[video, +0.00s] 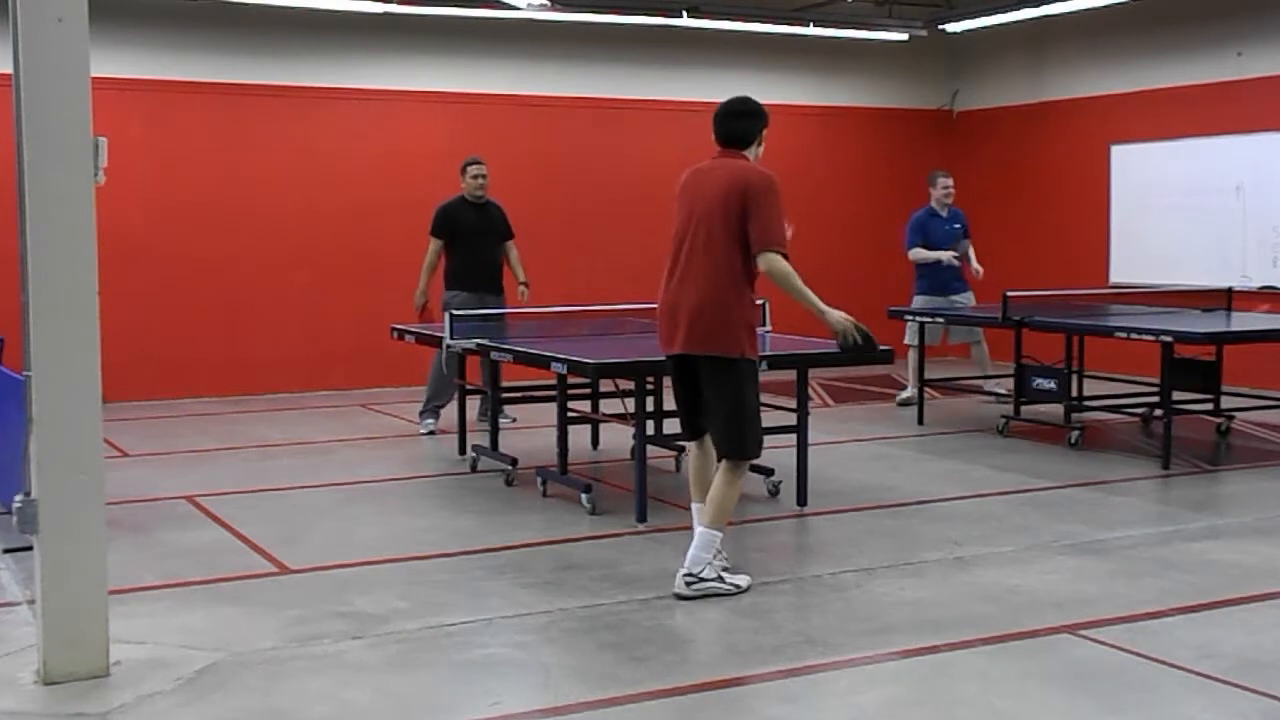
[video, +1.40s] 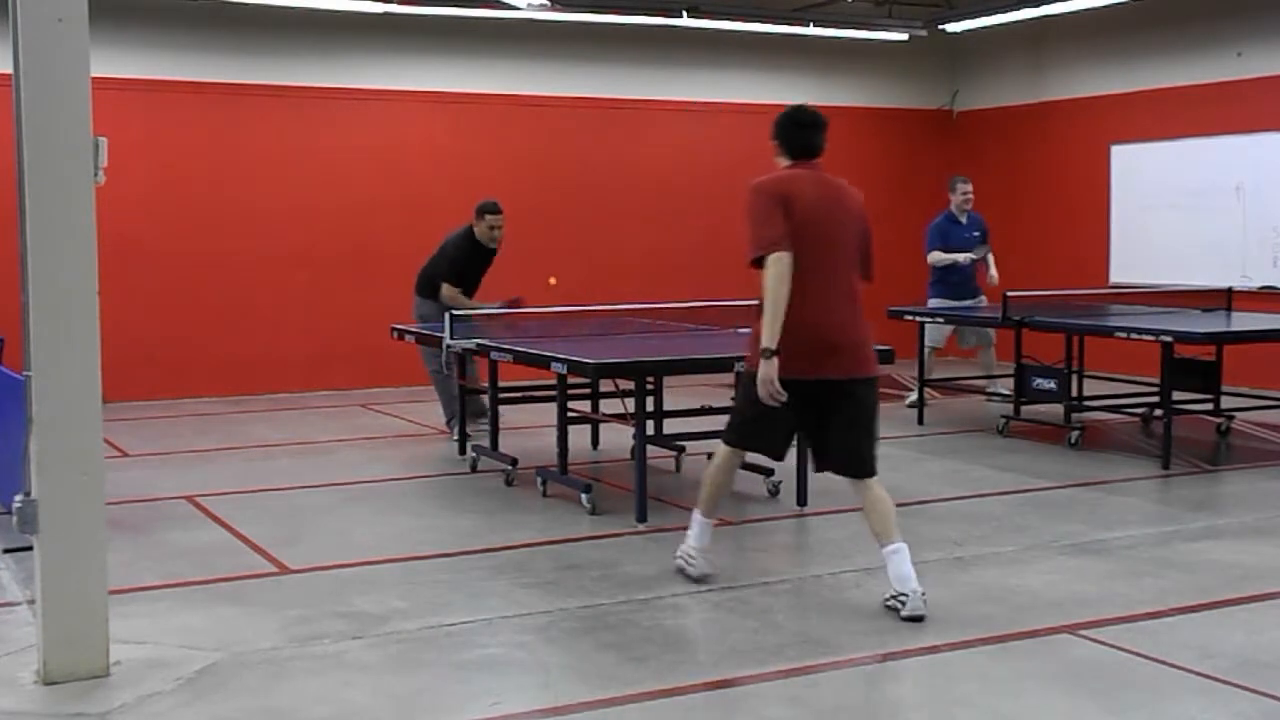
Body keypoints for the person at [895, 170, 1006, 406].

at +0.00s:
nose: (950, 192)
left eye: (952, 188)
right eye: (945, 188)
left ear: (954, 190)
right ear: (932, 191)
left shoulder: (959, 217)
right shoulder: (919, 220)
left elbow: (966, 243)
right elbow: (913, 253)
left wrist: (973, 261)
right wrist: (941, 255)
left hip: (958, 289)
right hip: (927, 292)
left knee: (976, 336)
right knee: (915, 342)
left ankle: (989, 381)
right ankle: (913, 387)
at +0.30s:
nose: (980, 195)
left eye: (981, 191)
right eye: (974, 191)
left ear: (983, 193)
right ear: (961, 194)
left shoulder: (986, 221)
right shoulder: (950, 220)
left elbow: (994, 249)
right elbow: (935, 253)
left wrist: (1000, 268)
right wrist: (955, 265)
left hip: (979, 292)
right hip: (950, 293)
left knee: (994, 339)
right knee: (931, 341)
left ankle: (994, 384)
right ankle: (916, 387)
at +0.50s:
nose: (975, 197)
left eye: (977, 193)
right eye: (970, 194)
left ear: (981, 194)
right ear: (959, 196)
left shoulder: (990, 222)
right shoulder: (948, 223)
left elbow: (1006, 248)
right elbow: (928, 252)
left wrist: (1009, 265)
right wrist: (934, 270)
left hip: (983, 295)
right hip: (951, 295)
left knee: (996, 343)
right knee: (935, 343)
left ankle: (992, 385)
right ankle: (920, 386)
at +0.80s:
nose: (942, 209)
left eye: (945, 204)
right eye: (938, 206)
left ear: (954, 202)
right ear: (933, 207)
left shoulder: (974, 225)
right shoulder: (930, 233)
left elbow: (1001, 247)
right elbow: (918, 263)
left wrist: (991, 270)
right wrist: (901, 277)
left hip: (977, 297)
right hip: (944, 298)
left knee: (993, 343)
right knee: (930, 343)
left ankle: (994, 385)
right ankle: (922, 389)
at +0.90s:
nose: (935, 207)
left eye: (938, 202)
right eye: (930, 204)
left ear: (947, 199)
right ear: (926, 206)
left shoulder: (967, 222)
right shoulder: (925, 230)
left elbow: (993, 246)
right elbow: (924, 262)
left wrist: (979, 270)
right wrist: (911, 265)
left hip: (972, 295)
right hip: (939, 296)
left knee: (986, 343)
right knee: (926, 343)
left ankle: (993, 384)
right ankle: (920, 388)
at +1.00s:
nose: (936, 202)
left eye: (939, 197)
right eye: (931, 199)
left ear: (945, 196)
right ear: (924, 202)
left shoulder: (964, 219)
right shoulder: (921, 226)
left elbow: (987, 245)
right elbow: (923, 257)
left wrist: (970, 265)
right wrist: (933, 238)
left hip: (967, 293)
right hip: (936, 294)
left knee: (982, 341)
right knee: (926, 343)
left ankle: (991, 383)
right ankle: (920, 388)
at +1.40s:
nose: (969, 198)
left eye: (971, 194)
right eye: (964, 194)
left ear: (974, 196)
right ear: (952, 196)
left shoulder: (977, 222)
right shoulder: (939, 226)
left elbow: (986, 249)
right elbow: (932, 257)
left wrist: (992, 268)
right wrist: (956, 258)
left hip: (973, 294)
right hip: (943, 297)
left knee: (987, 340)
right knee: (930, 346)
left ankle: (992, 384)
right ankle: (920, 389)